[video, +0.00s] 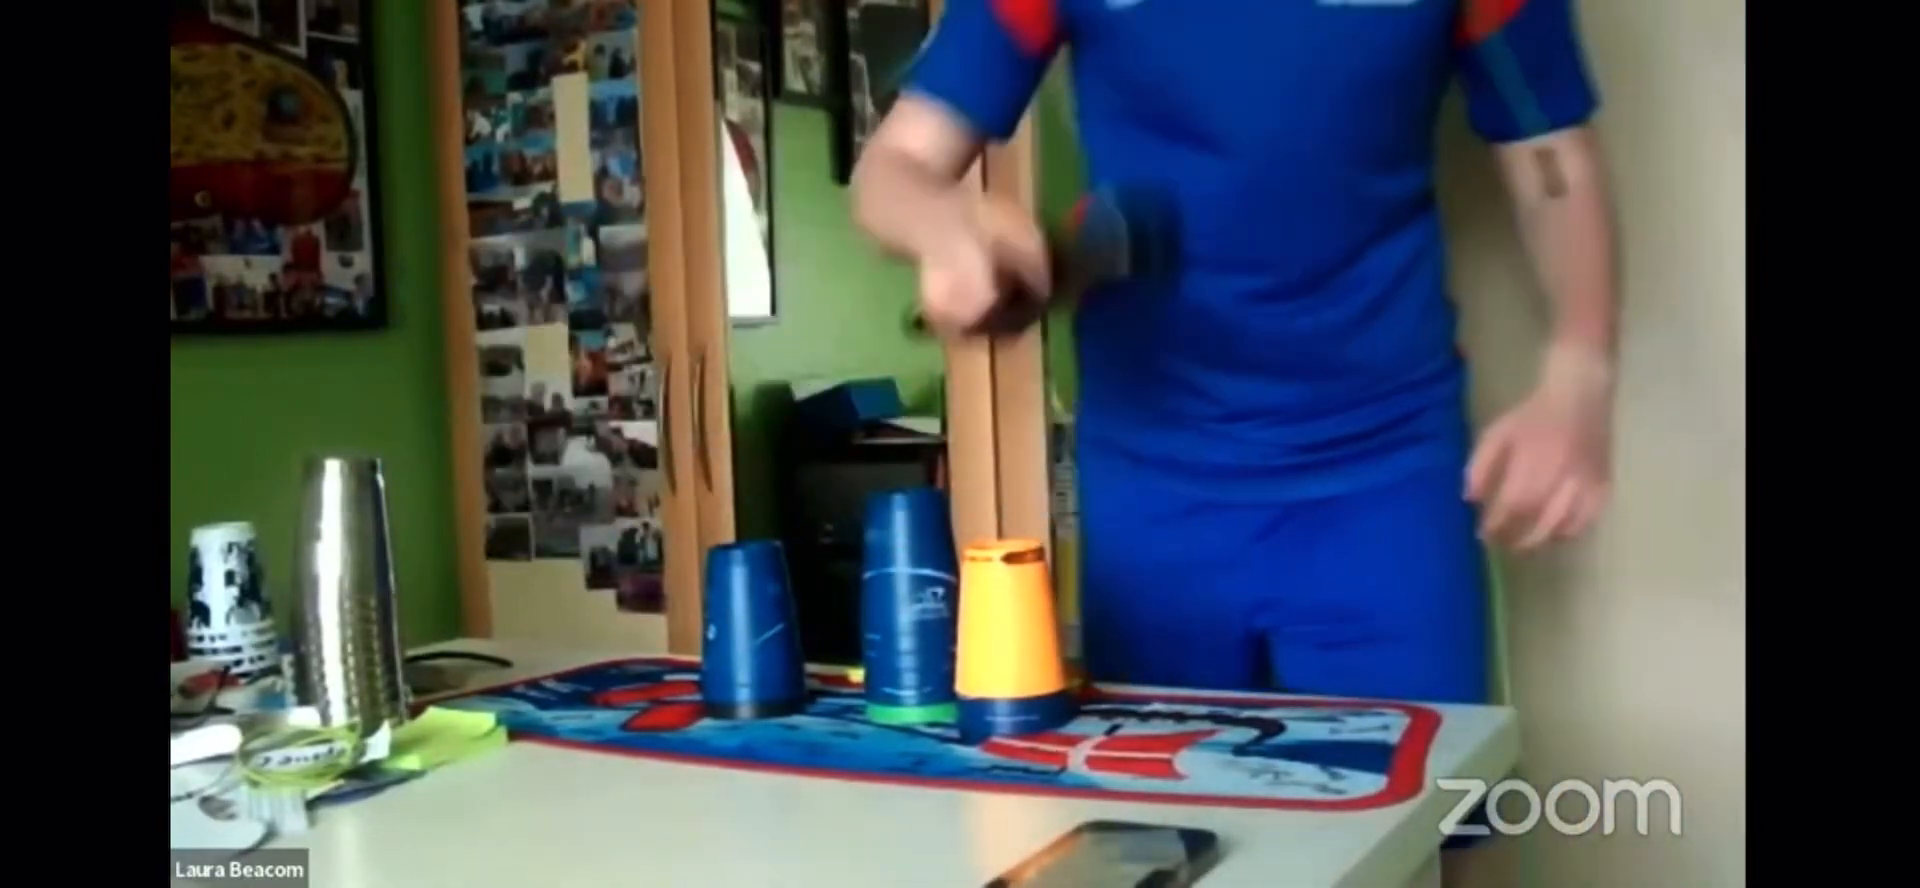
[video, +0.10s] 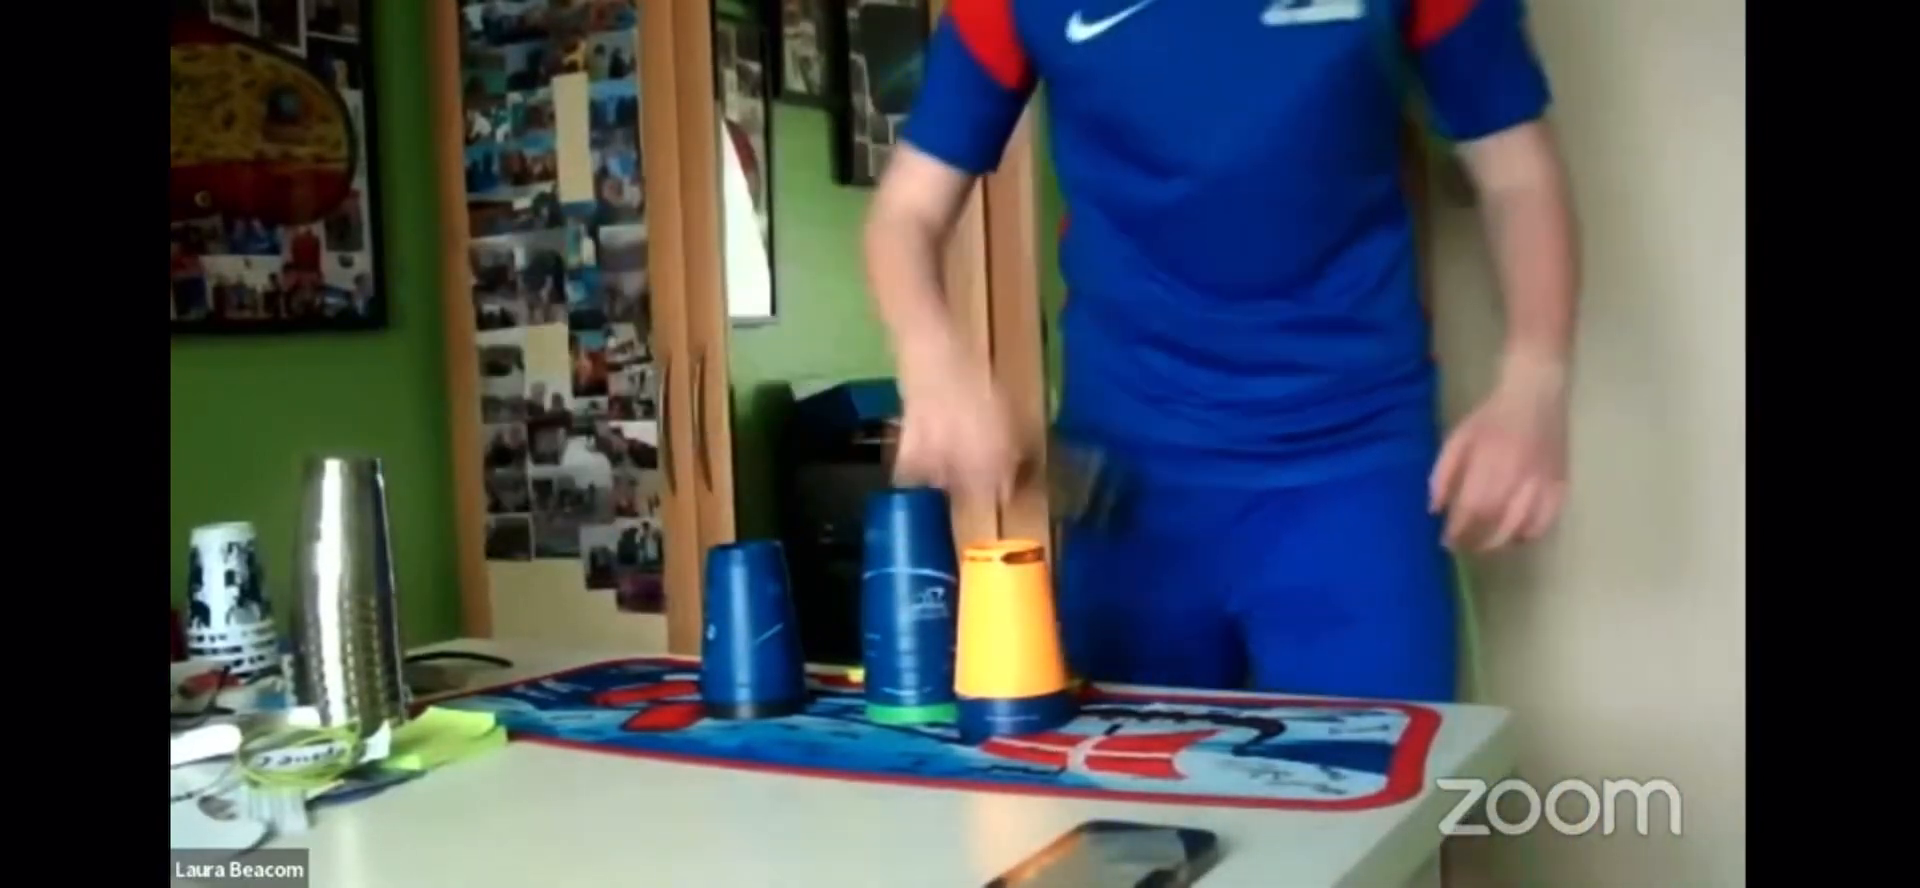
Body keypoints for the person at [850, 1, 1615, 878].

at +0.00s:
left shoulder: (1471, 10)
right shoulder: (1054, 5)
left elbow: (1553, 170)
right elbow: (891, 167)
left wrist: (1578, 383)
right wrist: (944, 224)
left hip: (1381, 458)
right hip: (1152, 469)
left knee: (1412, 835)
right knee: (1167, 838)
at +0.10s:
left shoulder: (1422, 12)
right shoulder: (1019, 9)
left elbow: (1519, 178)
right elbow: (901, 216)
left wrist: (1531, 389)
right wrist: (937, 372)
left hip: (1348, 477)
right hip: (1120, 488)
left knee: (1369, 840)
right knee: (1129, 840)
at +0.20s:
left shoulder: (1390, 8)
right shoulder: (998, 13)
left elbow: (1499, 172)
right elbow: (924, 271)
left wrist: (1496, 392)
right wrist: (911, 508)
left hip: (1341, 462)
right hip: (1121, 477)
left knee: (1360, 827)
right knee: (1147, 837)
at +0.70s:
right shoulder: (974, 15)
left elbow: (1522, 176)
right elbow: (933, 274)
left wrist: (1363, 410)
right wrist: (952, 536)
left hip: (1330, 465)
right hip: (1108, 476)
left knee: (1351, 851)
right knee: (1105, 853)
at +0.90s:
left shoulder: (1348, 12)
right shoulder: (950, 15)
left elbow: (1450, 202)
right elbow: (946, 275)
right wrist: (911, 483)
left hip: (1304, 435)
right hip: (1077, 449)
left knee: (1293, 821)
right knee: (1043, 814)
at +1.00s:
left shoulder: (1282, 16)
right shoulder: (922, 21)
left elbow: (1342, 274)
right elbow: (926, 284)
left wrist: (1090, 464)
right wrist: (841, 445)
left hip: (1246, 511)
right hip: (1043, 523)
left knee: (1260, 829)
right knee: (1057, 833)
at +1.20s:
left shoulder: (1138, 18)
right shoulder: (819, 47)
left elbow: (1164, 325)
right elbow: (837, 338)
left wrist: (957, 500)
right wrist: (768, 468)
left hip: (1175, 529)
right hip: (977, 550)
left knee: (1252, 832)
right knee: (1017, 847)